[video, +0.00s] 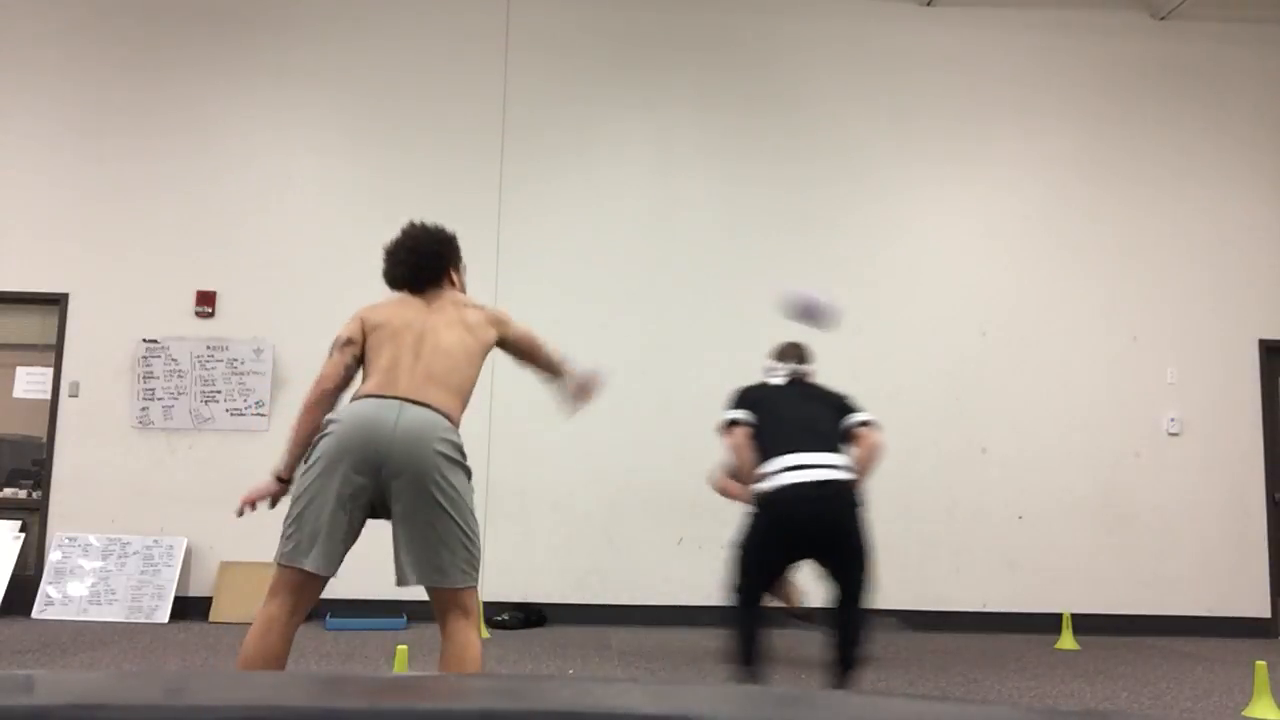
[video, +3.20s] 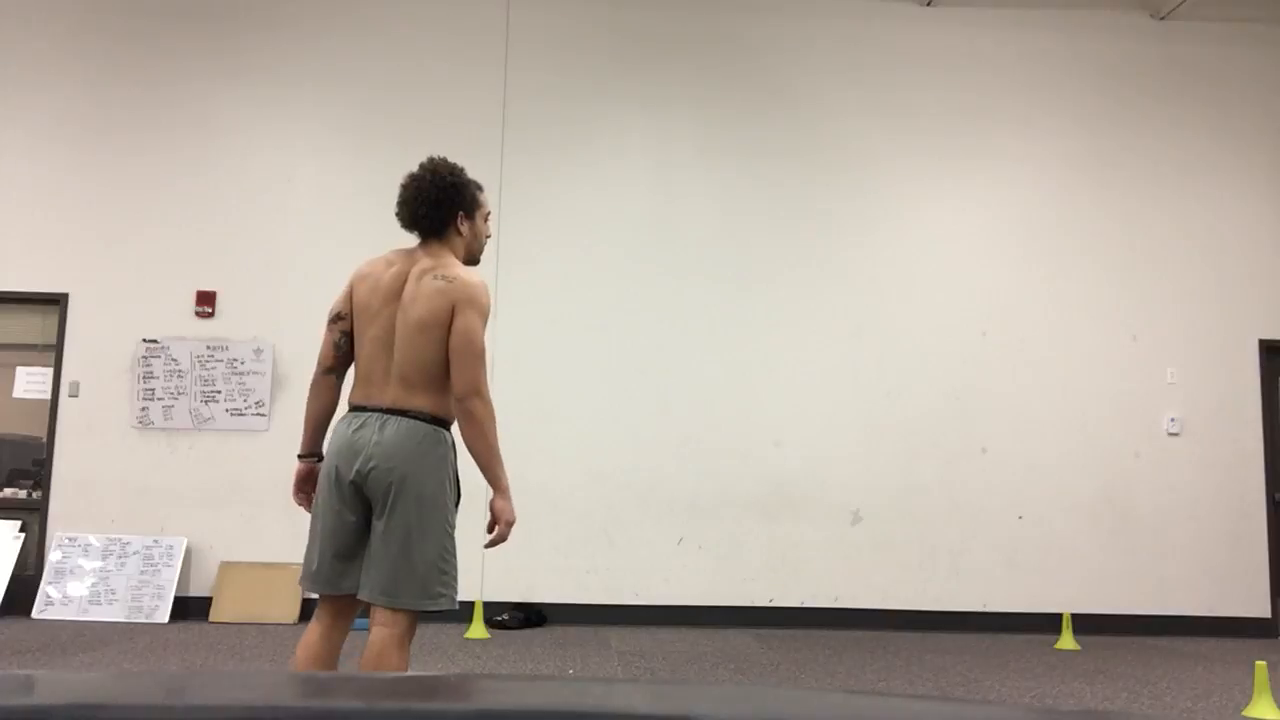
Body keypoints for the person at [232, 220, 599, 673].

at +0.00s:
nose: (465, 278)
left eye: (462, 269)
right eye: (463, 269)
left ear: (400, 280)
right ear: (452, 274)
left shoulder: (370, 316)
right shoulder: (484, 319)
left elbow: (325, 389)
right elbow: (540, 355)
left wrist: (282, 475)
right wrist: (570, 378)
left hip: (353, 426)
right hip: (430, 435)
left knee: (285, 599)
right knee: (458, 613)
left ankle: (240, 719)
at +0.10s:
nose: (458, 267)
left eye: (455, 258)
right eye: (456, 259)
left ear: (396, 272)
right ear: (444, 265)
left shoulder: (363, 311)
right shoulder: (479, 320)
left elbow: (310, 383)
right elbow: (515, 409)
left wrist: (261, 469)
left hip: (353, 428)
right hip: (430, 436)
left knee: (286, 602)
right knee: (457, 611)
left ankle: (236, 716)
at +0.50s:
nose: (383, 234)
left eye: (379, 224)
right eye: (378, 224)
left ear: (320, 236)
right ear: (362, 231)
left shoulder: (276, 296)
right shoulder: (394, 298)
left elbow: (251, 396)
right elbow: (434, 398)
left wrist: (259, 463)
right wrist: (479, 465)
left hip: (277, 435)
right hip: (351, 438)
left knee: (246, 608)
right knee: (407, 604)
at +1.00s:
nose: (342, 224)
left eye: (339, 213)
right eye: (336, 214)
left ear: (278, 225)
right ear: (316, 221)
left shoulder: (233, 287)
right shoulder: (344, 281)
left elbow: (206, 392)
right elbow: (355, 383)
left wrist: (194, 477)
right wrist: (392, 465)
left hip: (235, 442)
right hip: (311, 442)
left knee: (224, 612)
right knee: (371, 598)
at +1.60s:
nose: (410, 218)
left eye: (407, 207)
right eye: (403, 208)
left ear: (356, 220)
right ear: (379, 218)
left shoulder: (301, 282)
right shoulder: (399, 278)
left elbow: (278, 381)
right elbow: (411, 383)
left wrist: (281, 450)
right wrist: (459, 455)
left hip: (303, 439)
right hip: (371, 441)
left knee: (275, 608)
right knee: (371, 616)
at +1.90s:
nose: (454, 224)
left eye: (452, 213)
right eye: (449, 214)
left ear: (396, 221)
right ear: (424, 220)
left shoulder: (340, 280)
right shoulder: (437, 282)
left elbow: (310, 376)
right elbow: (455, 389)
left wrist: (327, 444)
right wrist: (504, 467)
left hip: (324, 442)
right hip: (388, 445)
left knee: (349, 611)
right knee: (380, 619)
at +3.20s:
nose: (489, 230)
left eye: (488, 217)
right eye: (485, 217)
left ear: (424, 219)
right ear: (462, 220)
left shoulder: (366, 275)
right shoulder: (466, 286)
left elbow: (328, 371)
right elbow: (469, 398)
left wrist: (309, 455)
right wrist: (500, 488)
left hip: (348, 444)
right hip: (414, 454)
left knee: (331, 610)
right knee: (391, 624)